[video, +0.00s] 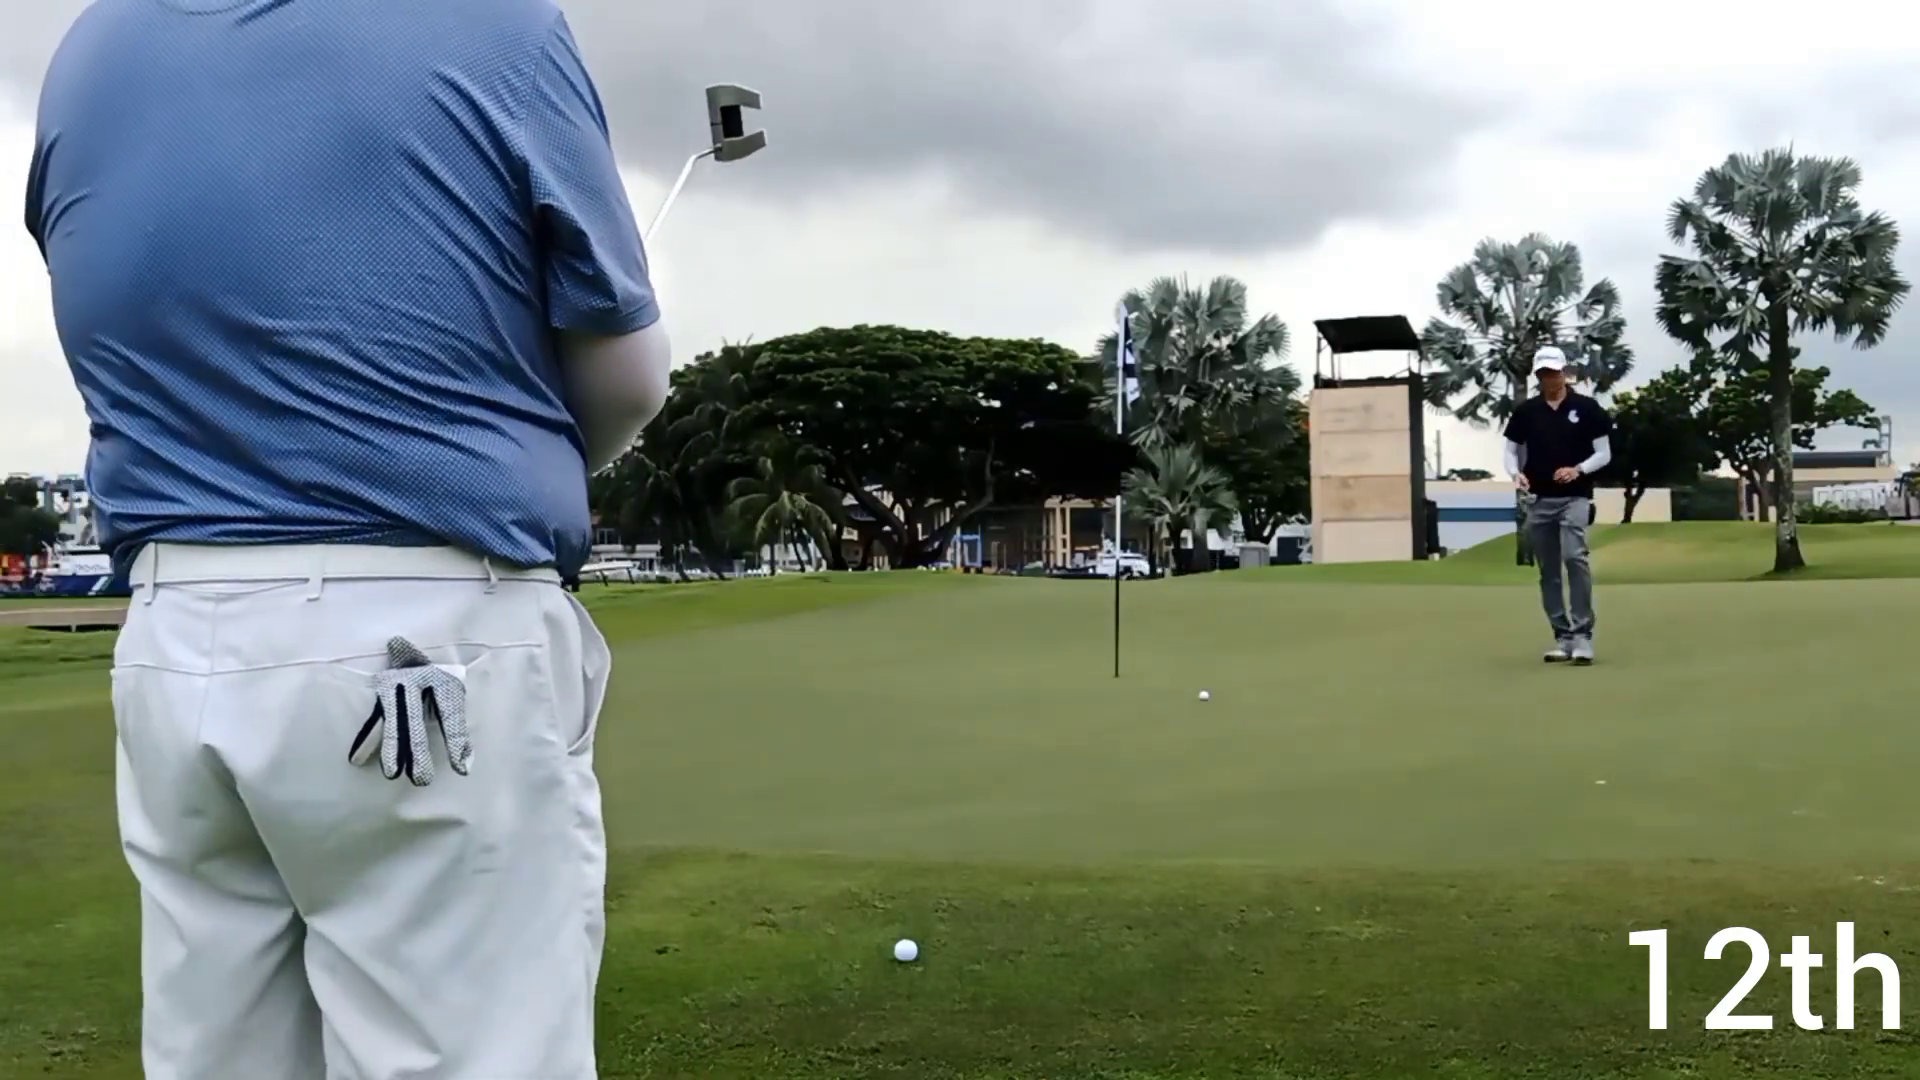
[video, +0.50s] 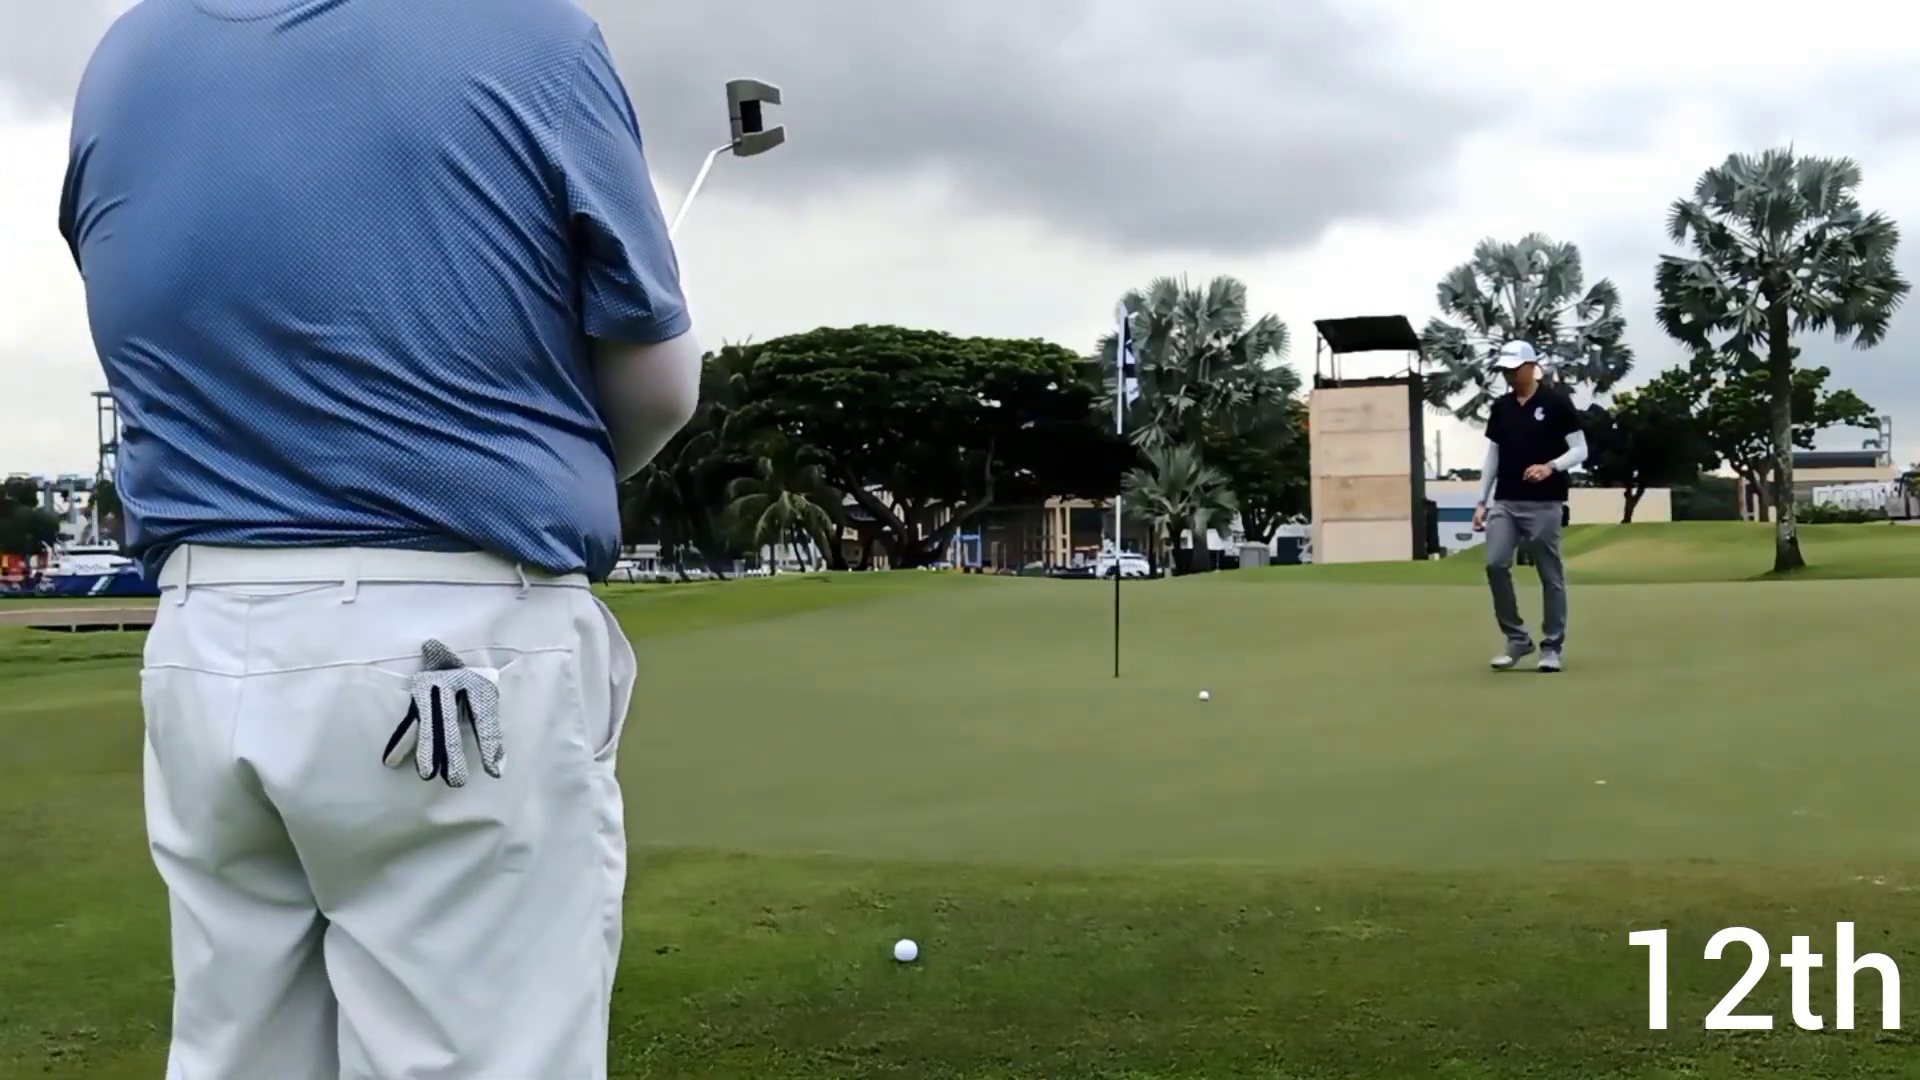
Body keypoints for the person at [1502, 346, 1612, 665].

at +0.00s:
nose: (1548, 378)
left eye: (1553, 372)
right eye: (1543, 373)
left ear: (1564, 373)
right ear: (1536, 377)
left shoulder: (1587, 408)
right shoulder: (1525, 412)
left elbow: (1603, 453)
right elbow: (1510, 451)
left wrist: (1578, 470)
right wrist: (1515, 473)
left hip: (1575, 499)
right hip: (1540, 501)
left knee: (1574, 558)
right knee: (1548, 571)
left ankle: (1582, 635)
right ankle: (1562, 638)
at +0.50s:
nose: (1508, 376)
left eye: (1514, 369)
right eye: (1505, 370)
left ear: (1532, 367)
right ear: (1504, 371)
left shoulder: (1556, 402)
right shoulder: (1501, 407)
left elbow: (1580, 450)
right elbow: (1492, 455)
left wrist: (1551, 466)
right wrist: (1482, 500)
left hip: (1544, 507)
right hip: (1504, 505)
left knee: (1551, 577)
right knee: (1495, 565)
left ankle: (1552, 647)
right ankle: (1516, 640)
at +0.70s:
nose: (1501, 376)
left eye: (1506, 369)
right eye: (1494, 371)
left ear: (1517, 370)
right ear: (1487, 375)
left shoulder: (1536, 406)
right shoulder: (1478, 413)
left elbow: (1551, 452)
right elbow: (1470, 465)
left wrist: (1516, 464)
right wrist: (1467, 512)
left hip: (1529, 512)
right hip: (1487, 511)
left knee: (1542, 579)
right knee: (1479, 579)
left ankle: (1549, 648)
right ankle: (1475, 655)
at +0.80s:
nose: (1491, 375)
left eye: (1496, 368)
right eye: (1485, 370)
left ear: (1504, 369)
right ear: (1475, 374)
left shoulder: (1524, 405)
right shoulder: (1463, 414)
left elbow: (1535, 451)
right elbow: (1458, 465)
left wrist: (1513, 482)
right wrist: (1455, 509)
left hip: (1514, 512)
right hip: (1472, 512)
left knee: (1531, 583)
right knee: (1468, 582)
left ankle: (1544, 645)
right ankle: (1475, 658)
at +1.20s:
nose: (1450, 375)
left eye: (1455, 367)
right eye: (1444, 370)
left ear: (1469, 365)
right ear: (1437, 373)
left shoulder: (1497, 404)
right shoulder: (1430, 412)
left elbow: (1526, 450)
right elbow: (1415, 458)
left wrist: (1553, 496)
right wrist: (1397, 500)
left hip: (1485, 509)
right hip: (1445, 513)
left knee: (1491, 575)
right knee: (1456, 589)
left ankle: (1492, 654)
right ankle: (1473, 657)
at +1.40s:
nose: (1435, 374)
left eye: (1441, 366)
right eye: (1430, 368)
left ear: (1458, 364)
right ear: (1425, 370)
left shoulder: (1487, 406)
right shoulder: (1420, 414)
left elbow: (1513, 458)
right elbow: (1409, 466)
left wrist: (1539, 504)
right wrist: (1390, 513)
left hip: (1477, 511)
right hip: (1436, 517)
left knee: (1476, 578)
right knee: (1434, 593)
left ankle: (1486, 665)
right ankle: (1463, 640)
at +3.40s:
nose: (1212, 553)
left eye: (1207, 547)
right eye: (1206, 550)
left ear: (1214, 531)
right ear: (1216, 521)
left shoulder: (1237, 540)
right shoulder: (1257, 498)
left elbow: (1240, 614)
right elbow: (1316, 478)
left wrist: (1221, 671)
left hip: (1345, 529)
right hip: (1361, 517)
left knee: (1278, 590)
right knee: (1311, 594)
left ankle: (1299, 682)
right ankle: (1342, 678)